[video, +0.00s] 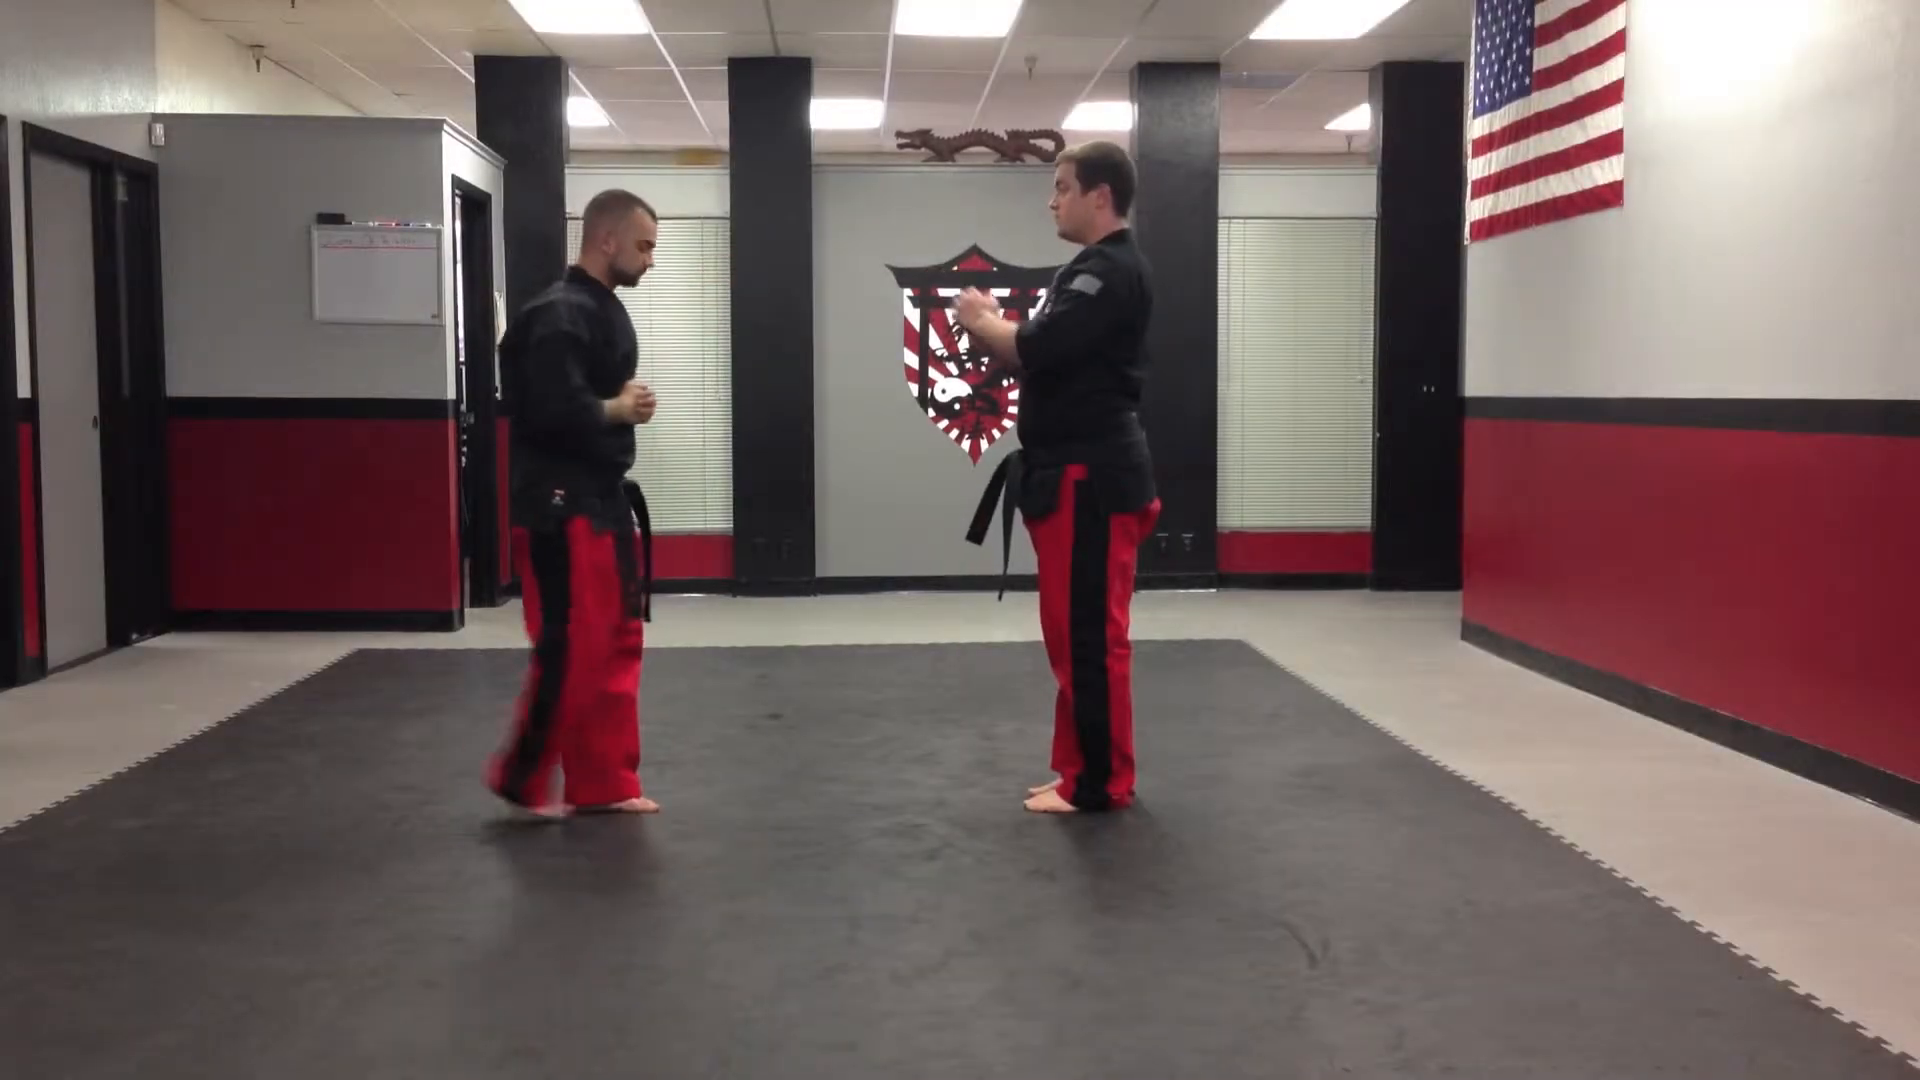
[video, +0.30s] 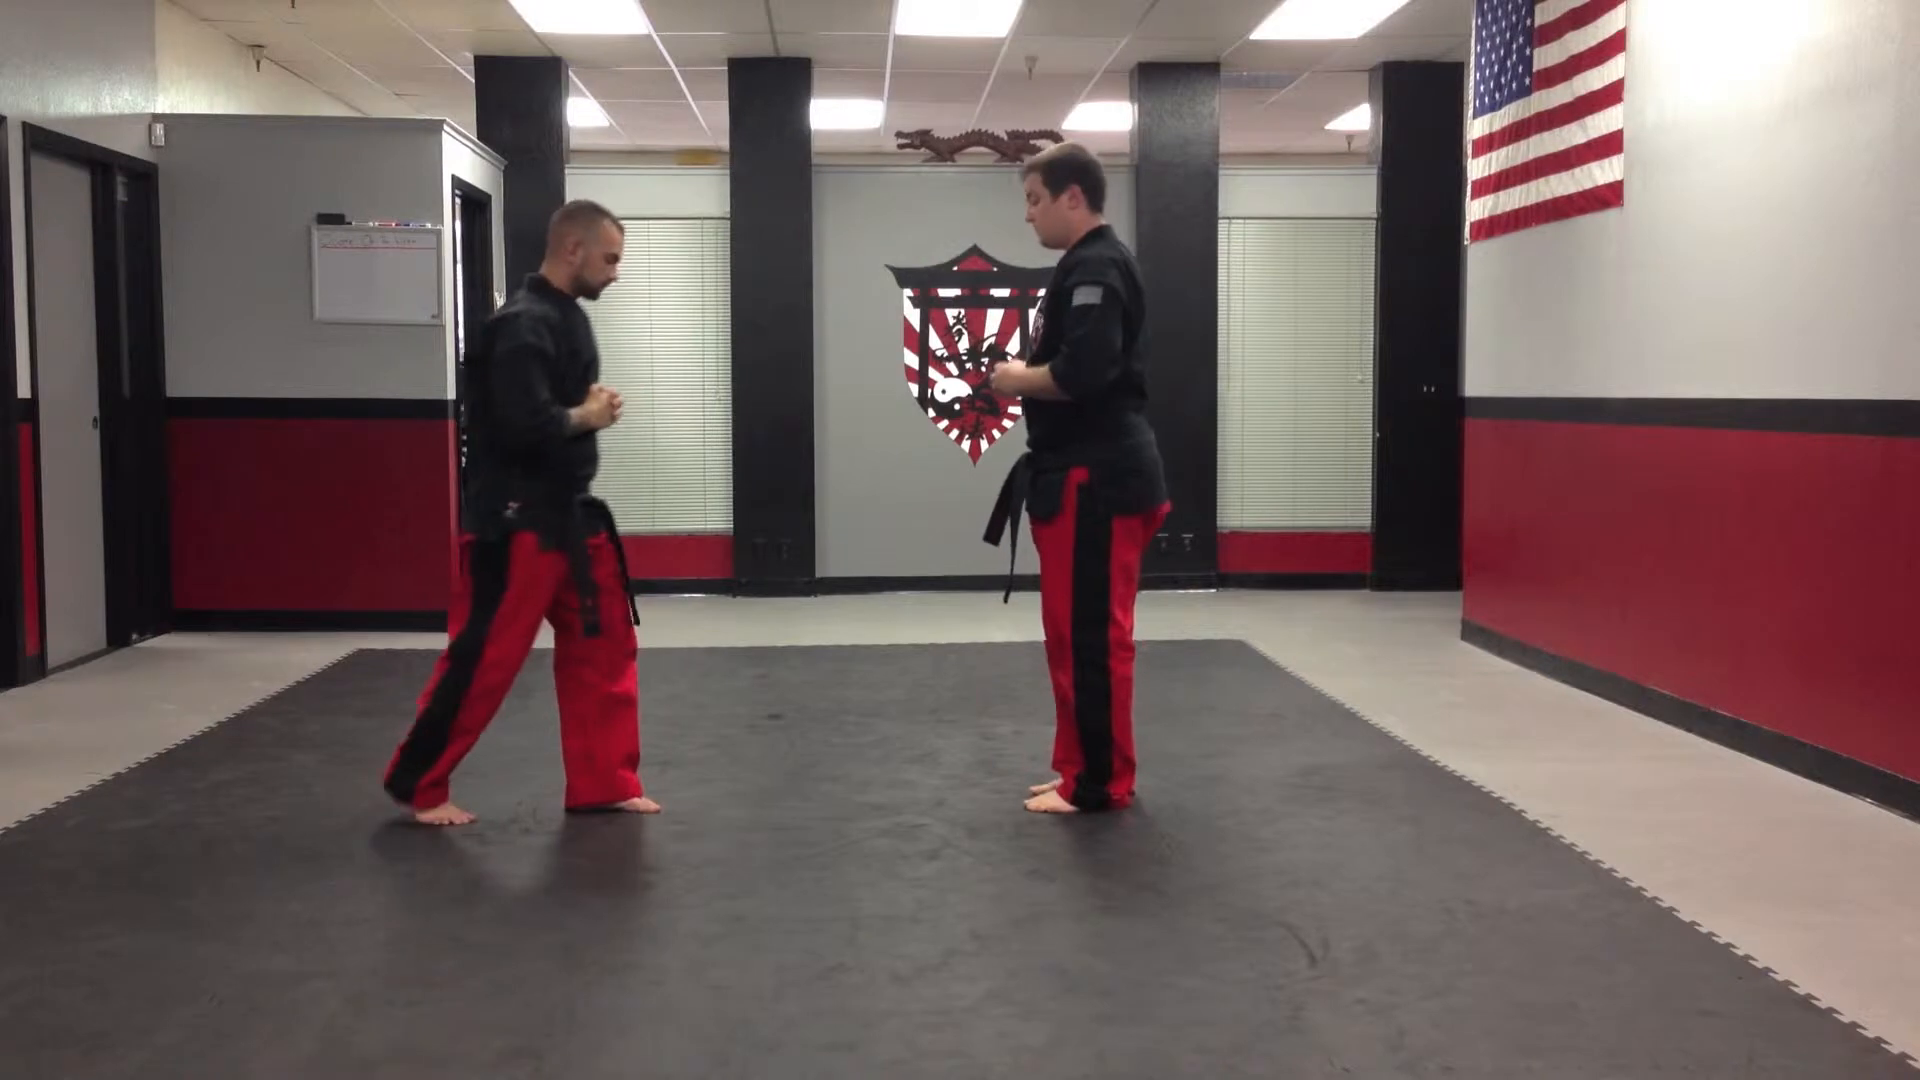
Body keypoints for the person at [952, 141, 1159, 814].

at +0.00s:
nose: (1053, 203)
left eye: (1062, 190)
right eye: (1054, 190)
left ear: (1099, 196)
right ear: (1103, 198)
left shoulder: (1106, 268)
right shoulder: (1095, 266)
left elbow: (1038, 350)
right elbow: (1042, 348)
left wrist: (983, 322)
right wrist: (992, 328)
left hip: (1092, 474)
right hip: (1076, 471)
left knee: (1087, 634)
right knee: (1079, 632)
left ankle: (1095, 785)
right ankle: (1087, 775)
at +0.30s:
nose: (1029, 215)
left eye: (1035, 201)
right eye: (1027, 203)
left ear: (1072, 198)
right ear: (1074, 200)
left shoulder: (1098, 266)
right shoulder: (1083, 264)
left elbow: (1086, 372)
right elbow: (1076, 367)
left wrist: (1019, 379)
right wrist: (1020, 376)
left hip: (1102, 477)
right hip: (1081, 474)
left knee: (1090, 634)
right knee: (1075, 631)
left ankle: (1098, 783)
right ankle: (1086, 772)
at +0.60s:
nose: (1022, 223)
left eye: (1026, 209)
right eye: (1019, 211)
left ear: (1063, 203)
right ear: (1067, 206)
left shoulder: (1090, 270)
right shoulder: (1096, 262)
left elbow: (1085, 376)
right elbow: (1083, 369)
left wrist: (1020, 385)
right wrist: (1023, 380)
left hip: (1095, 479)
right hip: (1109, 472)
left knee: (1078, 630)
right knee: (1104, 621)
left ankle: (1094, 784)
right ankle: (1138, 759)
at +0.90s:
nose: (1023, 220)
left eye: (1030, 207)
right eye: (1023, 207)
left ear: (1069, 211)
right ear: (1072, 214)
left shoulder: (1092, 278)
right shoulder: (1098, 271)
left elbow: (1099, 383)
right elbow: (1097, 380)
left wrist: (1032, 399)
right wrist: (1030, 393)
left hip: (1094, 476)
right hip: (1125, 471)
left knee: (1035, 612)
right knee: (1114, 612)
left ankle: (1062, 775)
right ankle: (1146, 761)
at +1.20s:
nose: (999, 220)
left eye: (1010, 209)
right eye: (1003, 208)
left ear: (1046, 220)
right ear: (1052, 221)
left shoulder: (1056, 291)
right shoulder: (1078, 283)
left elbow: (1054, 397)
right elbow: (1069, 389)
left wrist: (997, 405)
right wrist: (998, 401)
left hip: (1067, 493)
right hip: (1100, 487)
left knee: (1019, 638)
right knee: (1097, 629)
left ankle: (986, 790)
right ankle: (1144, 762)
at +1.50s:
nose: (997, 232)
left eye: (1006, 220)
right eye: (1000, 219)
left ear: (1043, 229)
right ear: (1050, 233)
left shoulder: (1043, 304)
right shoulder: (1082, 299)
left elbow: (953, 380)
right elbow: (1050, 393)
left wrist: (875, 370)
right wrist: (983, 403)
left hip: (1044, 503)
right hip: (1093, 496)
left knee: (970, 635)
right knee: (1087, 627)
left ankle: (984, 792)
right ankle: (1154, 759)